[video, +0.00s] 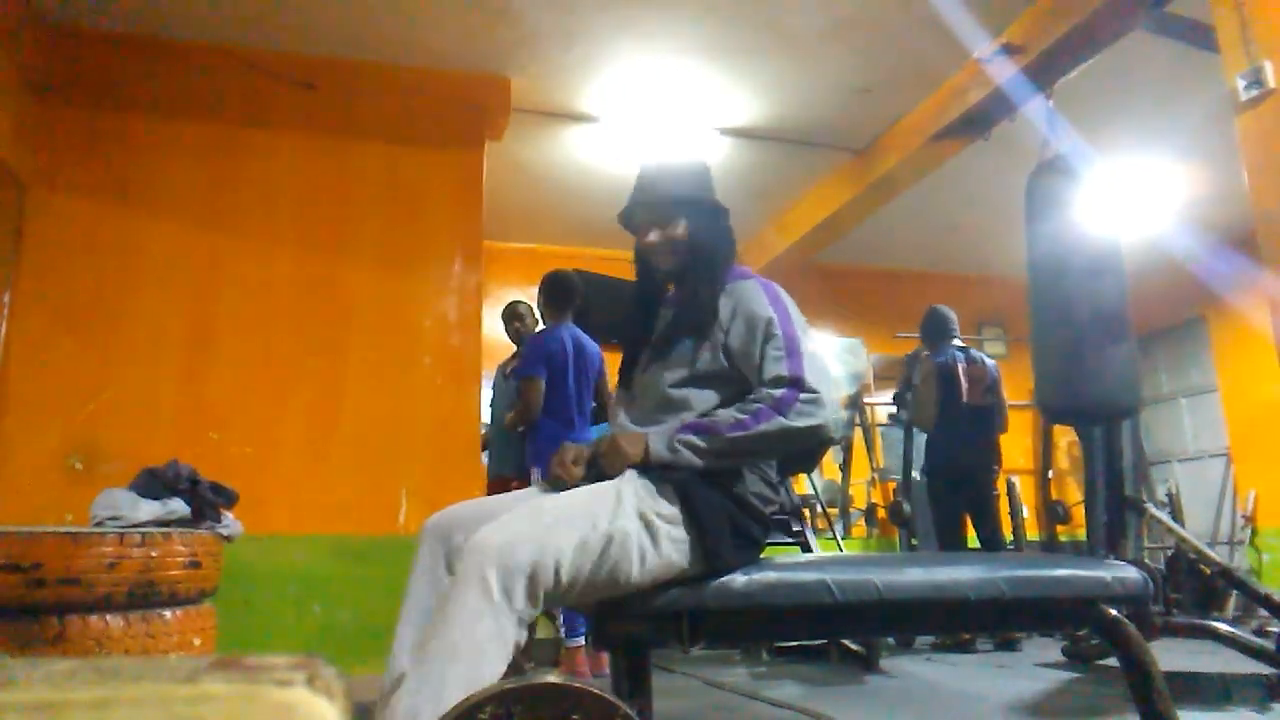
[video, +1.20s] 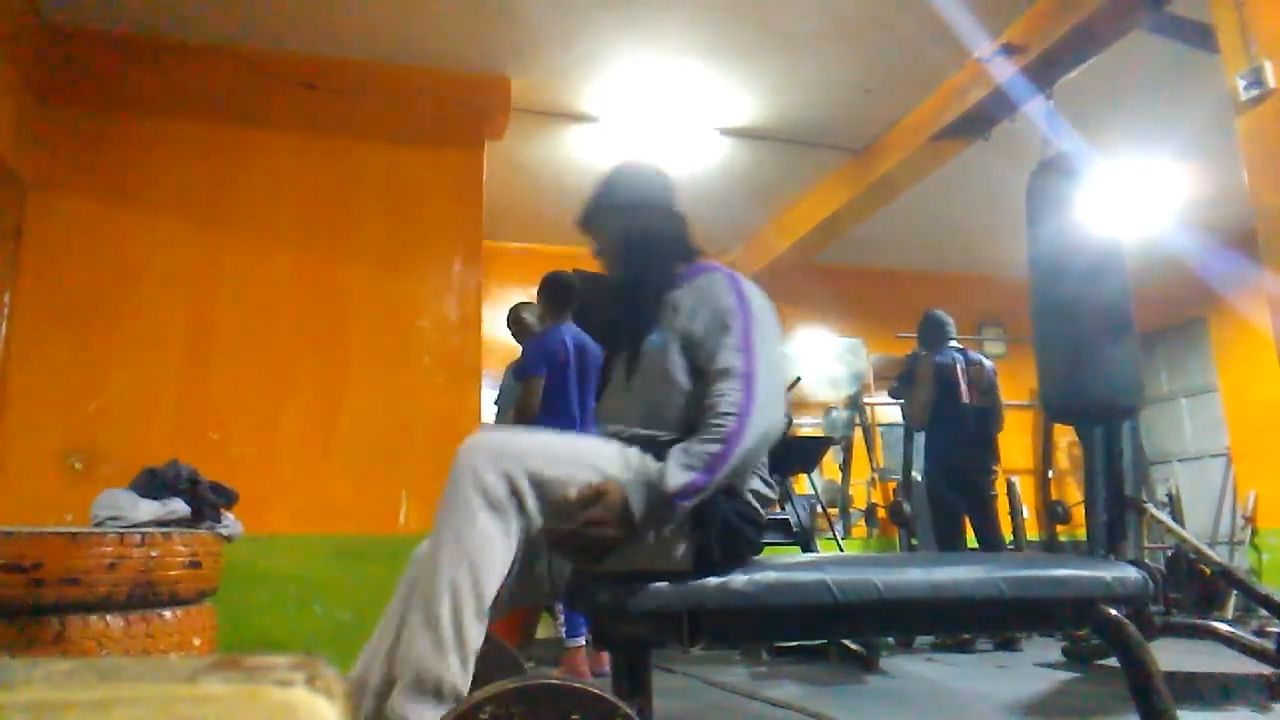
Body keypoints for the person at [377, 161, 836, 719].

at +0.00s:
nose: (653, 238)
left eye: (667, 222)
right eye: (642, 228)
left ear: (704, 220)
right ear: (635, 237)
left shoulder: (751, 297)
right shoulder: (657, 314)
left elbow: (803, 410)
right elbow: (646, 424)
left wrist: (654, 441)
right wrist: (595, 454)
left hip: (696, 498)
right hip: (636, 483)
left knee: (498, 554)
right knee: (447, 533)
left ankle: (425, 713)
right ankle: (400, 708)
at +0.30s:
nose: (577, 264)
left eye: (587, 242)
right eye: (567, 250)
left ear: (622, 225)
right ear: (562, 251)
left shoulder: (702, 288)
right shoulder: (610, 317)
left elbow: (763, 402)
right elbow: (620, 440)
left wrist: (629, 454)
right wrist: (543, 477)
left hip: (695, 511)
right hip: (632, 500)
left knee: (482, 560)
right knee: (446, 552)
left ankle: (412, 715)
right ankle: (368, 712)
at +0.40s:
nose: (526, 282)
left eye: (529, 261)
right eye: (517, 267)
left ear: (561, 239)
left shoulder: (652, 285)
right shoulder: (571, 320)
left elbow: (713, 410)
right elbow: (590, 433)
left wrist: (595, 489)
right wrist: (539, 488)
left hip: (685, 517)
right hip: (622, 512)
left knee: (471, 569)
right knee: (441, 557)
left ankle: (404, 716)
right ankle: (367, 711)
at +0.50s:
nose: (464, 309)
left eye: (463, 288)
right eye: (453, 294)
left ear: (493, 262)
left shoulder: (598, 290)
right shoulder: (522, 333)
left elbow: (660, 421)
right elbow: (524, 466)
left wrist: (559, 534)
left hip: (675, 510)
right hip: (608, 508)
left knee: (459, 560)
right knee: (427, 557)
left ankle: (398, 715)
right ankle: (363, 711)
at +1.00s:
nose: (536, 279)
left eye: (539, 259)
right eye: (527, 265)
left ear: (566, 241)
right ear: (525, 262)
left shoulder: (647, 283)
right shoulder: (569, 317)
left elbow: (687, 420)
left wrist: (593, 536)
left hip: (681, 503)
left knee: (451, 548)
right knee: (449, 552)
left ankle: (376, 711)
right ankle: (361, 706)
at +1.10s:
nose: (560, 265)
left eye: (568, 245)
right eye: (556, 250)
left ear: (600, 234)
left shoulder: (692, 286)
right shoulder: (592, 320)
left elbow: (722, 415)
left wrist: (639, 505)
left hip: (688, 508)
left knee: (470, 505)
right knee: (450, 568)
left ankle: (389, 708)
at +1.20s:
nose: (600, 261)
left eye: (602, 243)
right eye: (595, 246)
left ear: (637, 229)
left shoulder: (721, 291)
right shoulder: (635, 315)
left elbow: (749, 417)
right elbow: (620, 431)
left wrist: (647, 494)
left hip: (692, 508)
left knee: (492, 458)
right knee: (439, 560)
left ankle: (419, 703)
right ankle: (362, 702)